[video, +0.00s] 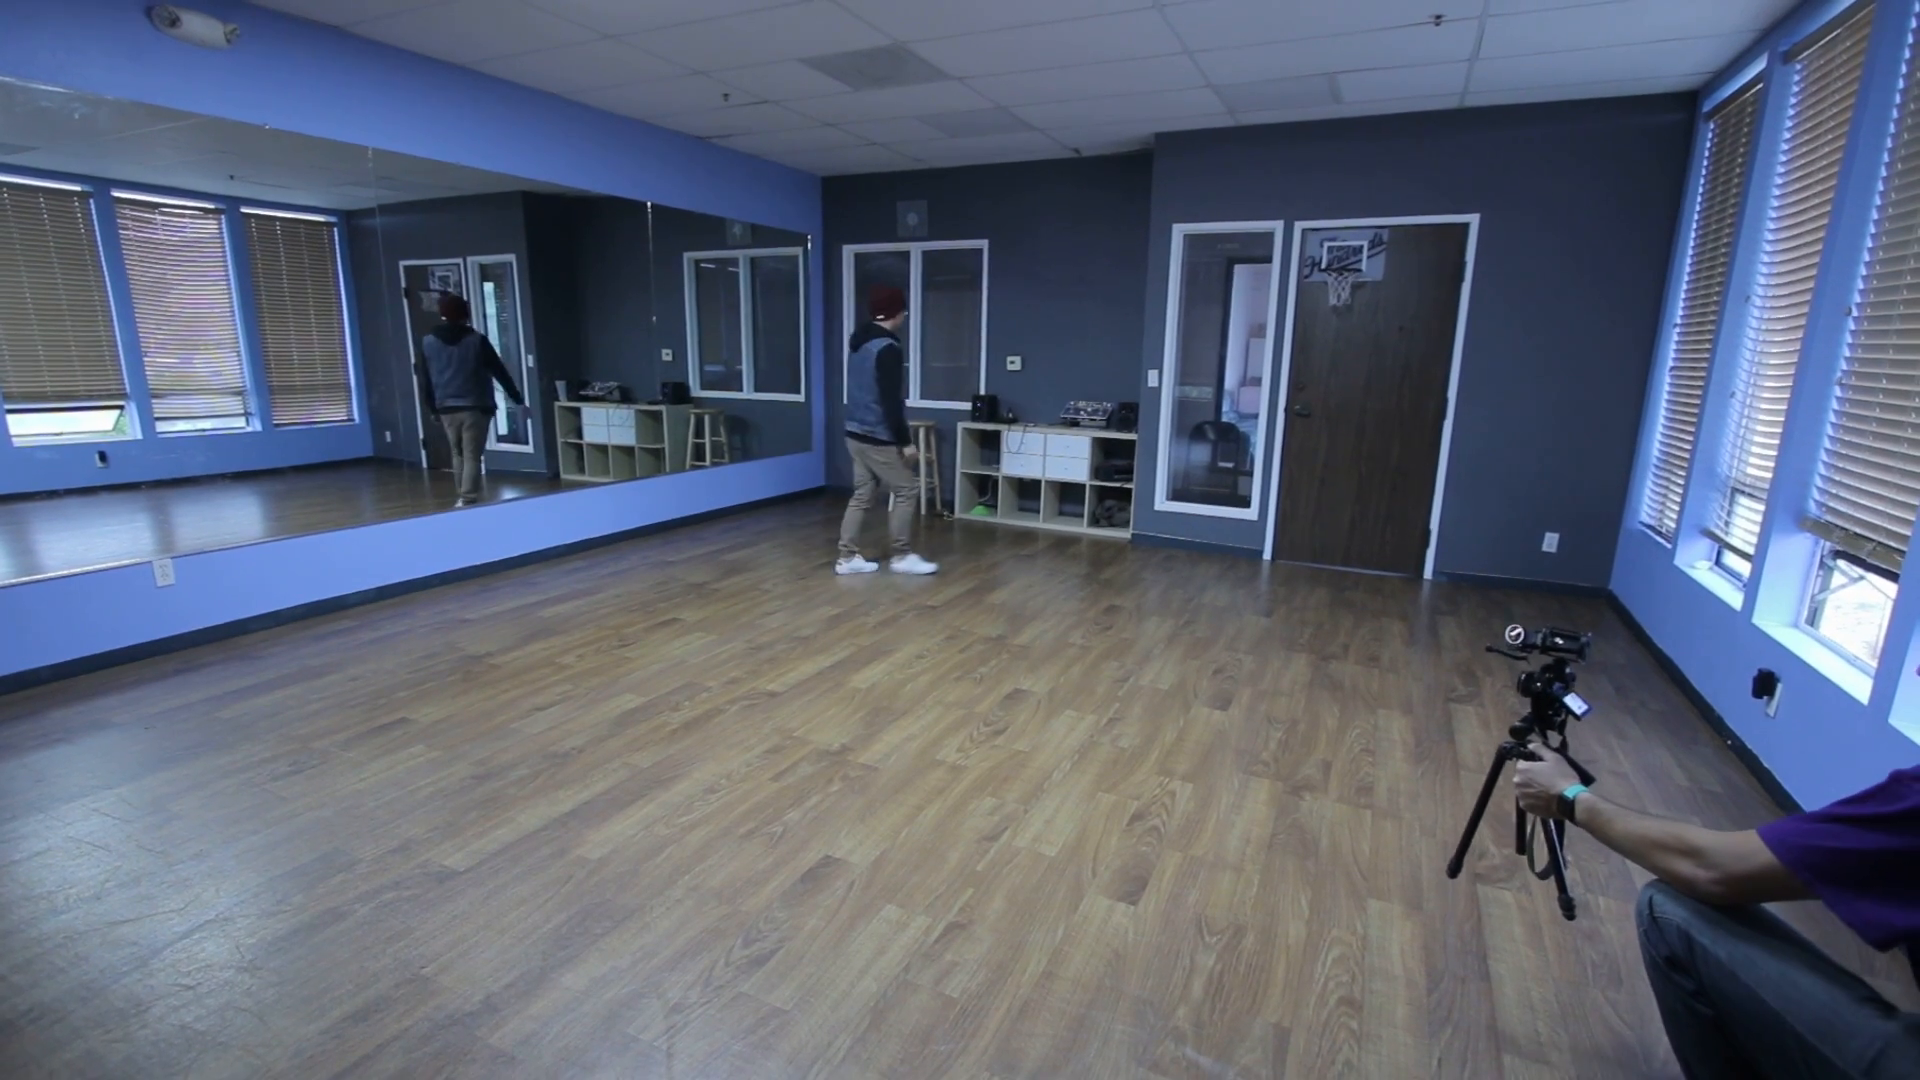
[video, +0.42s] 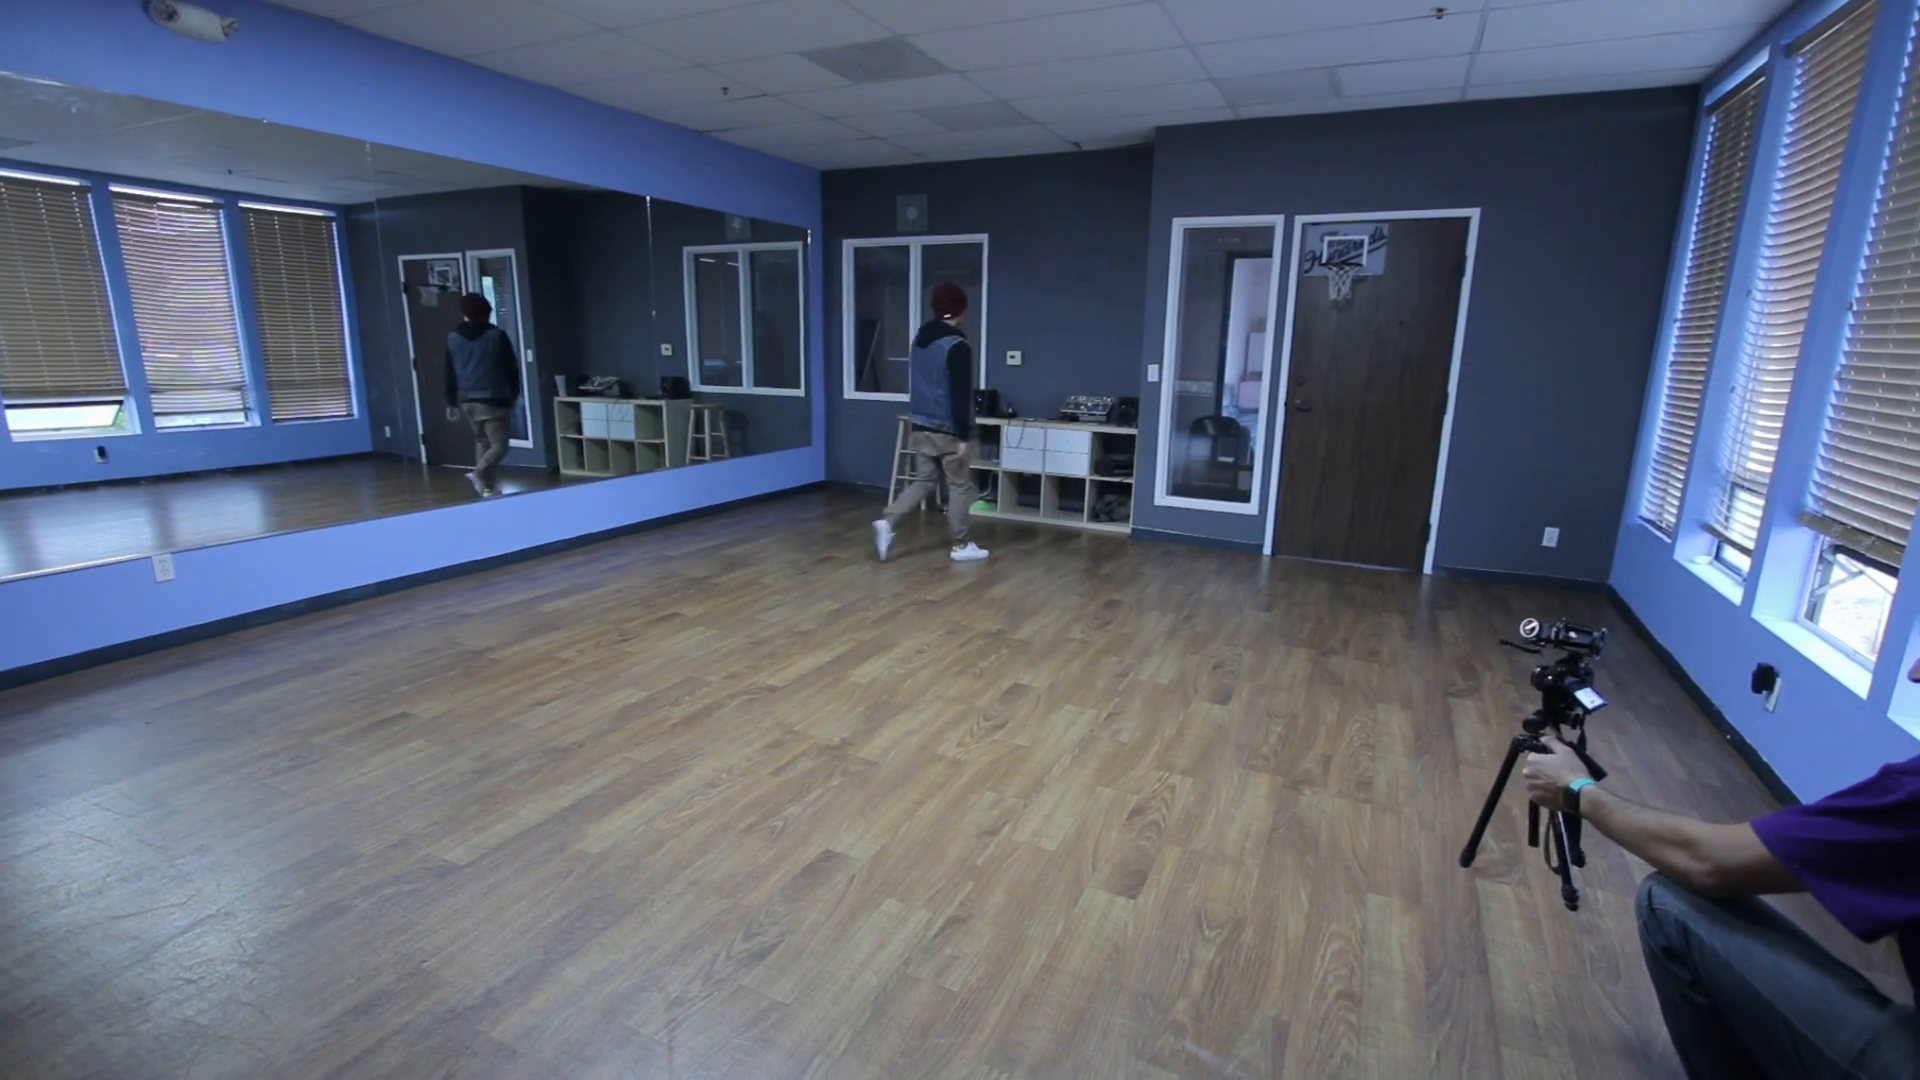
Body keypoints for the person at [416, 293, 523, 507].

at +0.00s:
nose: (467, 316)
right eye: (465, 312)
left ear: (443, 315)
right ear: (465, 313)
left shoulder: (428, 342)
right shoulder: (477, 340)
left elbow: (425, 379)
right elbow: (499, 372)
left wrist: (433, 409)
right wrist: (517, 399)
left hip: (447, 408)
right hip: (475, 406)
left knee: (457, 453)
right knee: (472, 455)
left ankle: (462, 496)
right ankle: (467, 499)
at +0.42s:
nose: (487, 314)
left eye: (483, 312)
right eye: (486, 311)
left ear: (464, 314)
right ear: (487, 312)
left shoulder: (453, 339)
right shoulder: (497, 335)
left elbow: (450, 373)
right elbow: (511, 367)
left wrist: (451, 402)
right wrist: (513, 393)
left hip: (467, 399)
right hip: (493, 398)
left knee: (480, 441)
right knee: (499, 443)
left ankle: (488, 486)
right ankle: (478, 474)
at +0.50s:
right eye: (491, 310)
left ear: (468, 312)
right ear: (491, 310)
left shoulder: (458, 338)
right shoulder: (501, 334)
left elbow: (455, 372)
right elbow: (514, 366)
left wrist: (458, 400)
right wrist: (521, 391)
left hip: (472, 398)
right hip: (498, 395)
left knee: (483, 439)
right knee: (511, 438)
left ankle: (487, 486)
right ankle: (486, 470)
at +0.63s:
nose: (500, 316)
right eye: (500, 312)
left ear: (478, 313)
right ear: (500, 312)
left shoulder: (468, 337)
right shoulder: (509, 334)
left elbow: (464, 371)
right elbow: (525, 365)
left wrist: (474, 395)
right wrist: (537, 388)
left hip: (482, 396)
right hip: (509, 395)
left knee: (488, 443)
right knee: (529, 437)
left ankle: (487, 488)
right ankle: (515, 481)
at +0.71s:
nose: (507, 321)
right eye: (507, 317)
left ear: (485, 318)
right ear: (507, 317)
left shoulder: (473, 343)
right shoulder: (518, 340)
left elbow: (471, 373)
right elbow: (534, 368)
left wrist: (480, 389)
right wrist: (547, 390)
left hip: (490, 399)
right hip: (517, 397)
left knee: (492, 444)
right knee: (536, 438)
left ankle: (488, 490)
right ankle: (543, 481)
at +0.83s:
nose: (526, 326)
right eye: (525, 322)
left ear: (503, 323)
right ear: (524, 323)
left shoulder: (489, 346)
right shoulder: (534, 345)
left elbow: (487, 379)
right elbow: (553, 372)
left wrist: (499, 393)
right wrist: (571, 392)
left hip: (503, 405)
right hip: (531, 403)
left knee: (500, 449)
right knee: (553, 441)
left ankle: (490, 492)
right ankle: (578, 478)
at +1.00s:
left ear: (533, 328)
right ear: (555, 328)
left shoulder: (518, 350)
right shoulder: (562, 350)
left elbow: (508, 381)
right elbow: (583, 373)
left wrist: (512, 405)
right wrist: (604, 389)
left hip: (526, 411)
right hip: (556, 410)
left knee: (514, 450)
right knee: (573, 446)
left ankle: (495, 489)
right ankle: (593, 484)